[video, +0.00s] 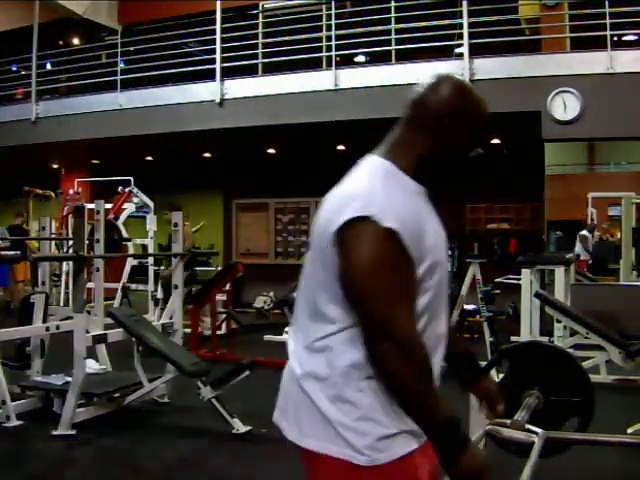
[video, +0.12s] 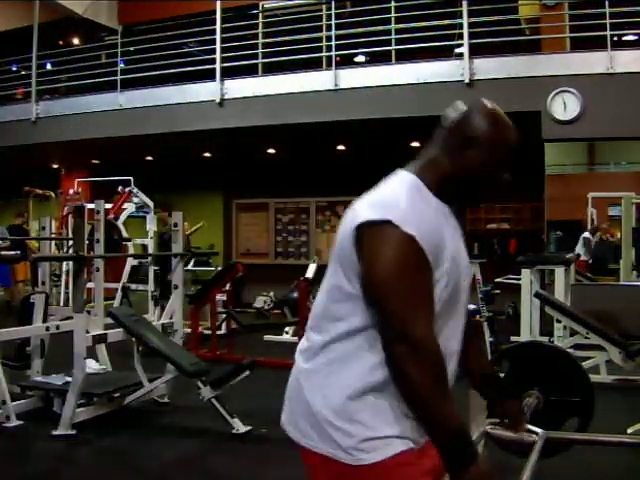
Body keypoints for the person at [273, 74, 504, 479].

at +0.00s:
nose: (468, 156)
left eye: (473, 143)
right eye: (469, 142)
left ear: (416, 116)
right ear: (446, 133)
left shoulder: (395, 190)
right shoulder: (374, 204)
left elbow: (422, 311)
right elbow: (392, 345)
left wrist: (475, 379)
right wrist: (452, 445)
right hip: (360, 435)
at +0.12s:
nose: (499, 179)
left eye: (502, 166)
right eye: (497, 163)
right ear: (467, 150)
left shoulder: (436, 213)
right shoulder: (395, 214)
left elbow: (460, 323)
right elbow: (409, 348)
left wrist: (498, 397)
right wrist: (462, 458)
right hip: (354, 427)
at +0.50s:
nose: (510, 209)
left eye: (519, 199)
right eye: (507, 192)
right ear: (471, 166)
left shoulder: (477, 242)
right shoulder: (405, 235)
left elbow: (475, 332)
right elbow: (419, 363)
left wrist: (504, 410)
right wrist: (465, 464)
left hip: (408, 404)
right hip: (345, 411)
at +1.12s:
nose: (541, 219)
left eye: (547, 209)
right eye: (543, 207)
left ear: (507, 178)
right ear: (520, 189)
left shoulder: (484, 237)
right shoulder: (420, 231)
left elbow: (467, 332)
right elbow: (406, 352)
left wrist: (476, 410)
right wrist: (436, 461)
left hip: (412, 399)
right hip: (355, 400)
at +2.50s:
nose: (534, 174)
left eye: (528, 161)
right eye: (518, 160)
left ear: (474, 172)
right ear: (472, 170)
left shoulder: (486, 246)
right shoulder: (435, 250)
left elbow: (442, 349)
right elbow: (398, 360)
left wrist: (469, 416)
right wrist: (432, 461)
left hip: (409, 406)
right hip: (356, 412)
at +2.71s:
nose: (486, 136)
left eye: (481, 127)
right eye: (471, 127)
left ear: (439, 145)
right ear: (437, 143)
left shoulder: (453, 219)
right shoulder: (410, 214)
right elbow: (373, 326)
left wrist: (463, 393)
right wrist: (431, 425)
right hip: (366, 422)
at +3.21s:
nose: (436, 128)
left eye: (434, 118)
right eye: (424, 117)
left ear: (388, 125)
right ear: (386, 124)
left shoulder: (399, 197)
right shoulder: (362, 195)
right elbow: (317, 293)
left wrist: (434, 356)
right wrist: (385, 386)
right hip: (343, 414)